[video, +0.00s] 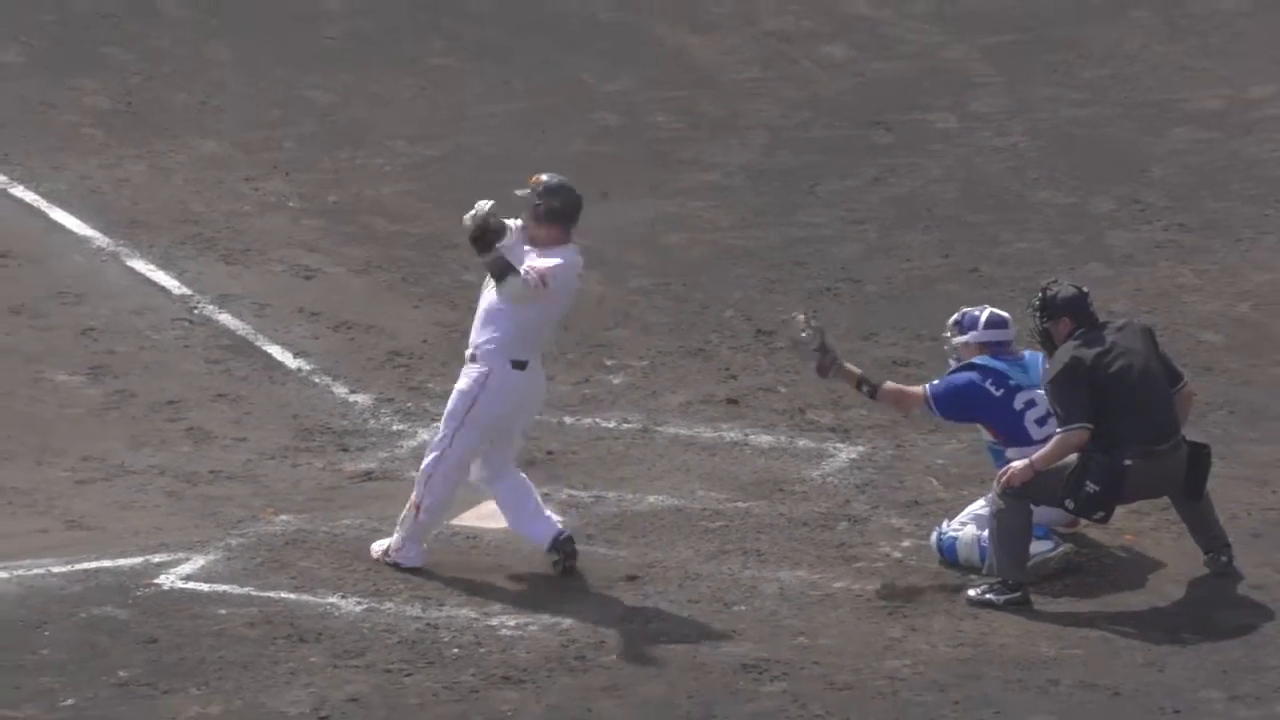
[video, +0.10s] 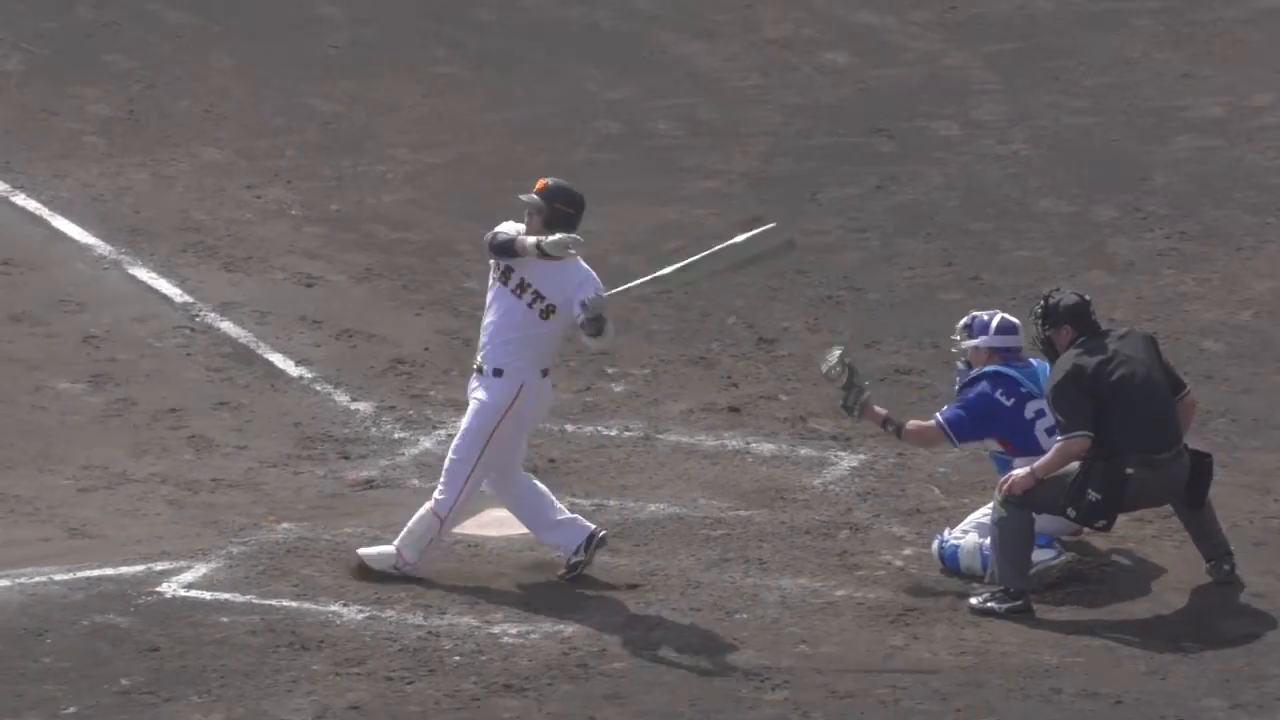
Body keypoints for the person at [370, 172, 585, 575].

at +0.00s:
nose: (525, 217)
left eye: (532, 212)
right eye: (528, 210)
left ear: (551, 224)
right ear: (556, 224)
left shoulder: (561, 267)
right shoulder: (525, 237)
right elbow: (495, 238)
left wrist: (486, 243)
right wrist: (482, 225)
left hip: (491, 376)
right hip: (524, 378)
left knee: (443, 458)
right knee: (496, 467)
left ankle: (406, 547)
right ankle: (553, 535)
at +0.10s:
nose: (527, 216)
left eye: (535, 212)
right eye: (530, 209)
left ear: (556, 221)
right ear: (540, 214)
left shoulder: (579, 277)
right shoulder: (515, 237)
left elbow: (595, 336)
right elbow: (496, 244)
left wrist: (595, 321)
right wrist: (542, 244)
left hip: (515, 389)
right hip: (489, 382)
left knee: (460, 470)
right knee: (505, 477)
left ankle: (406, 554)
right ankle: (578, 538)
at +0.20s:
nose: (536, 233)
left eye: (545, 229)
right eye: (538, 225)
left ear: (567, 239)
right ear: (538, 226)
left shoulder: (591, 288)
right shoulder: (519, 251)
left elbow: (618, 337)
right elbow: (506, 275)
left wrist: (636, 353)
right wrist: (548, 271)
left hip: (540, 400)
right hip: (500, 395)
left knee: (484, 476)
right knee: (518, 493)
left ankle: (449, 574)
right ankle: (592, 553)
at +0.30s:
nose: (549, 243)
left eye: (557, 239)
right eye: (550, 235)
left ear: (579, 245)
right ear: (552, 236)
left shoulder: (608, 298)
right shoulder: (531, 262)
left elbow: (636, 353)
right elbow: (515, 289)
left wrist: (664, 382)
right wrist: (545, 301)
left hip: (556, 403)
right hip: (511, 399)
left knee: (521, 483)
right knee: (522, 488)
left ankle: (504, 588)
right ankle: (595, 564)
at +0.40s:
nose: (556, 236)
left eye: (565, 232)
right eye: (557, 229)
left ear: (587, 239)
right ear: (559, 230)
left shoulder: (616, 292)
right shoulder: (534, 258)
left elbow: (642, 347)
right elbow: (524, 292)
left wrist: (668, 385)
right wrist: (559, 309)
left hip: (571, 399)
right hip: (523, 397)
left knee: (560, 493)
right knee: (537, 501)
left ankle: (557, 591)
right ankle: (602, 567)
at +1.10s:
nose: (589, 200)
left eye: (598, 193)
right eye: (587, 191)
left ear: (621, 198)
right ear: (584, 195)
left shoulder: (653, 251)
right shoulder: (562, 243)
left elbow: (677, 316)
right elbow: (536, 299)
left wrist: (681, 367)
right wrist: (524, 353)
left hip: (624, 374)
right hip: (575, 374)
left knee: (619, 469)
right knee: (579, 468)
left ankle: (619, 565)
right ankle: (631, 533)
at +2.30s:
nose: (576, 186)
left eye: (582, 182)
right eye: (579, 180)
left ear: (599, 189)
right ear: (610, 189)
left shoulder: (623, 245)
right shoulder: (595, 225)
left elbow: (632, 321)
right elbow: (590, 297)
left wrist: (621, 370)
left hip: (592, 360)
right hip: (572, 355)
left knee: (558, 455)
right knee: (591, 451)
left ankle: (627, 530)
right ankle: (605, 541)